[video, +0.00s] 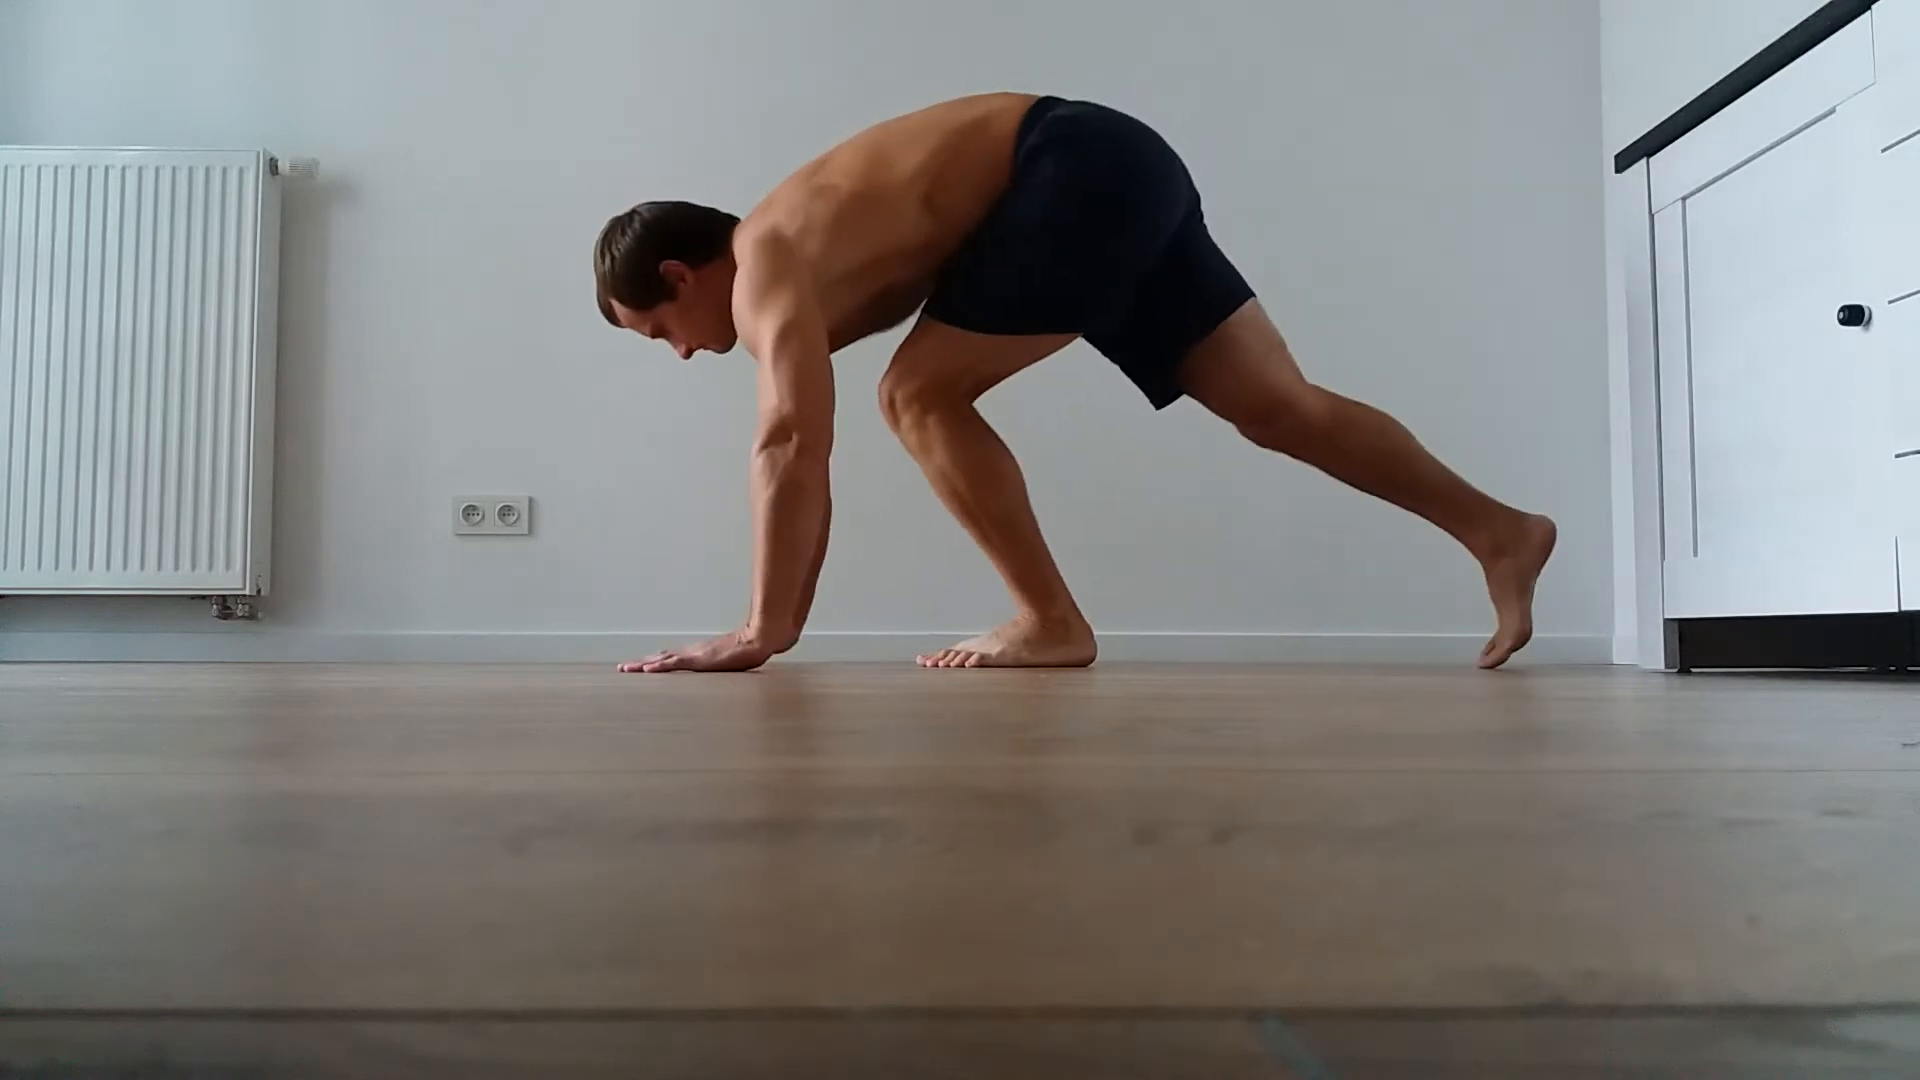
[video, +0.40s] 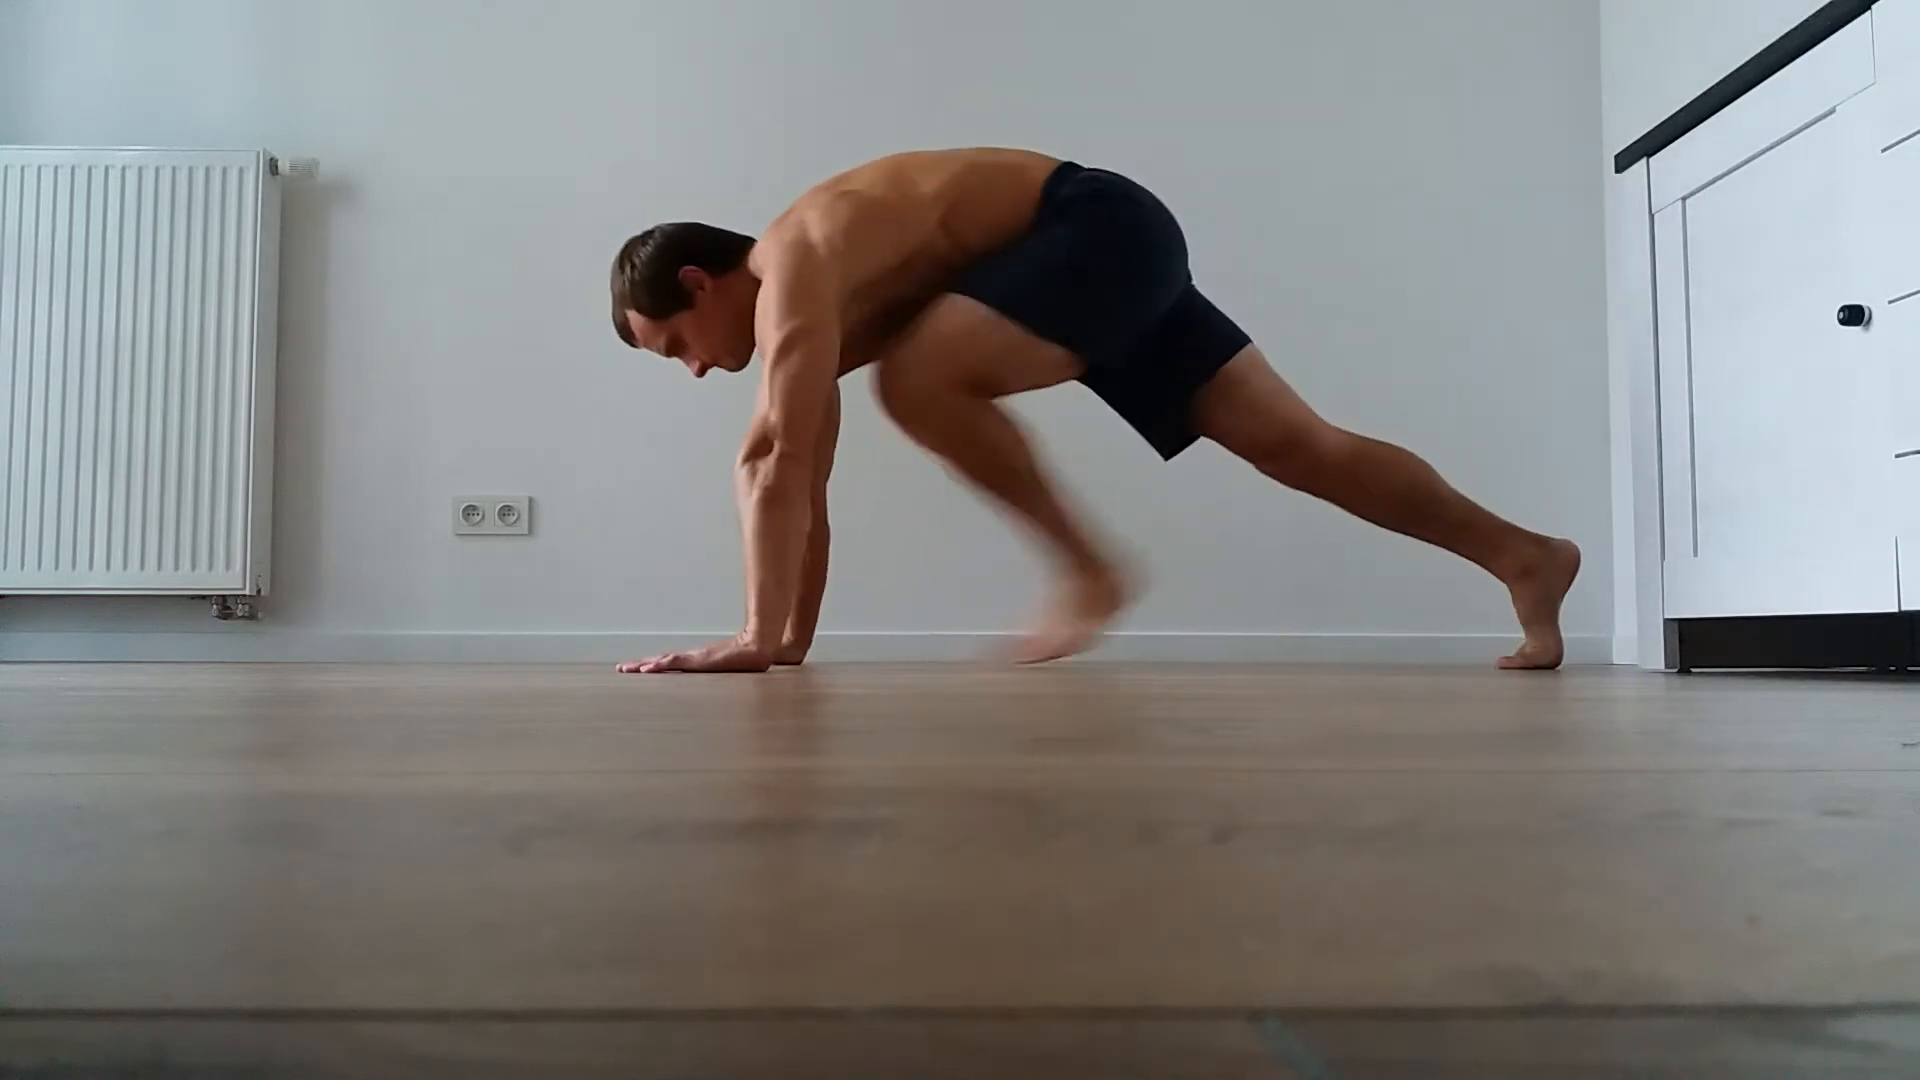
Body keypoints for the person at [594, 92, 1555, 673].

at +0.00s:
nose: (673, 349)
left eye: (657, 329)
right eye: (655, 336)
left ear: (684, 279)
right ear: (697, 265)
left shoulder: (769, 276)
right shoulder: (779, 259)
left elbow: (784, 451)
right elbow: (805, 460)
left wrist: (766, 631)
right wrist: (779, 628)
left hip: (1079, 179)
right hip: (1118, 171)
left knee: (924, 393)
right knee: (1281, 410)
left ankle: (1048, 621)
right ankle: (1500, 533)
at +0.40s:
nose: (688, 364)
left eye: (672, 344)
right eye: (671, 352)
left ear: (699, 288)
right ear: (707, 284)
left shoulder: (795, 265)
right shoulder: (800, 279)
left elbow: (774, 459)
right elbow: (805, 481)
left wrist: (762, 634)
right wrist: (790, 641)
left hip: (1096, 236)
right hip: (1110, 247)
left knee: (912, 384)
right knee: (1305, 450)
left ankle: (1089, 575)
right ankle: (1527, 558)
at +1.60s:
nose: (635, 419)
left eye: (621, 400)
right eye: (619, 410)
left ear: (647, 345)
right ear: (653, 348)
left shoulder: (753, 323)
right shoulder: (763, 338)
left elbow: (762, 470)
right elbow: (789, 490)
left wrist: (756, 636)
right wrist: (788, 635)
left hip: (1084, 404)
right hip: (1079, 405)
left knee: (1346, 511)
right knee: (1344, 504)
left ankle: (1599, 557)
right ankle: (1590, 555)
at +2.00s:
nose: (612, 636)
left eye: (600, 619)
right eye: (593, 626)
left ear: (626, 565)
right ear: (637, 560)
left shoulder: (711, 533)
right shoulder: (721, 542)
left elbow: (714, 459)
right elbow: (722, 470)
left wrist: (760, 641)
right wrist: (744, 641)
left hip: (1061, 545)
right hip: (1050, 547)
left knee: (1364, 575)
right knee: (1357, 570)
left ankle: (1596, 560)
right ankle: (1588, 560)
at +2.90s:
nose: (625, 584)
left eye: (610, 568)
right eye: (608, 576)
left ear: (631, 518)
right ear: (629, 531)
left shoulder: (723, 481)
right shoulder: (741, 504)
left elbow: (722, 466)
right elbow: (795, 623)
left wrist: (758, 630)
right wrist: (738, 649)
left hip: (1065, 521)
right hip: (1059, 534)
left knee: (1352, 564)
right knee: (1347, 562)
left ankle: (1597, 557)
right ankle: (1589, 560)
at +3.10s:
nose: (638, 392)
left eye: (623, 371)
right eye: (624, 381)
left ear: (649, 325)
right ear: (655, 333)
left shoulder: (756, 319)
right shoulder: (762, 350)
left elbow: (748, 475)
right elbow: (784, 503)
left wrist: (753, 640)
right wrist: (786, 645)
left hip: (1091, 404)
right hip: (1082, 408)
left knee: (1355, 502)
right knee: (1349, 500)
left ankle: (1601, 552)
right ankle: (1581, 559)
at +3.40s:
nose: (628, 490)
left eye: (612, 470)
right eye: (610, 478)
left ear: (640, 417)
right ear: (650, 412)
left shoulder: (733, 389)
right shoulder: (752, 403)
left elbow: (753, 465)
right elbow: (791, 506)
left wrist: (755, 634)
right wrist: (785, 644)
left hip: (1076, 485)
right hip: (1067, 488)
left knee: (1355, 552)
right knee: (1348, 547)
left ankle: (1592, 560)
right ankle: (1584, 555)